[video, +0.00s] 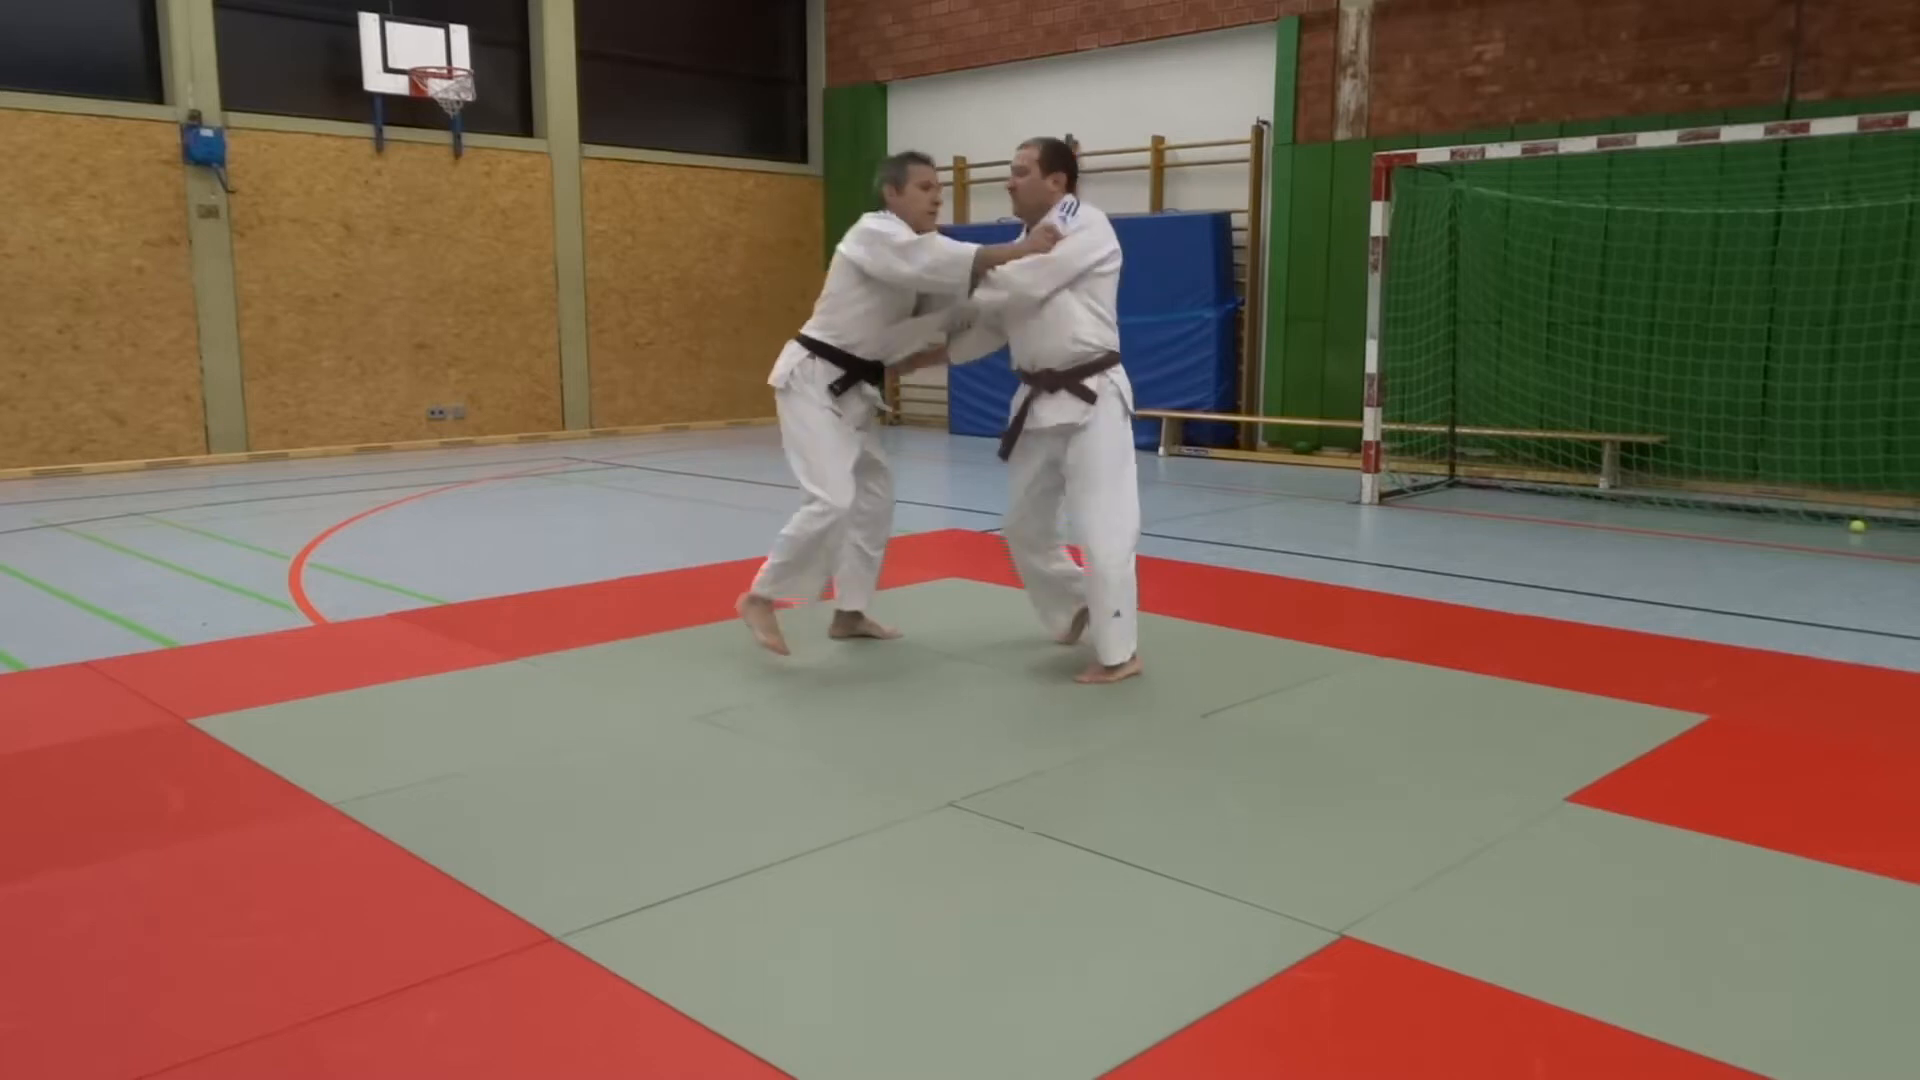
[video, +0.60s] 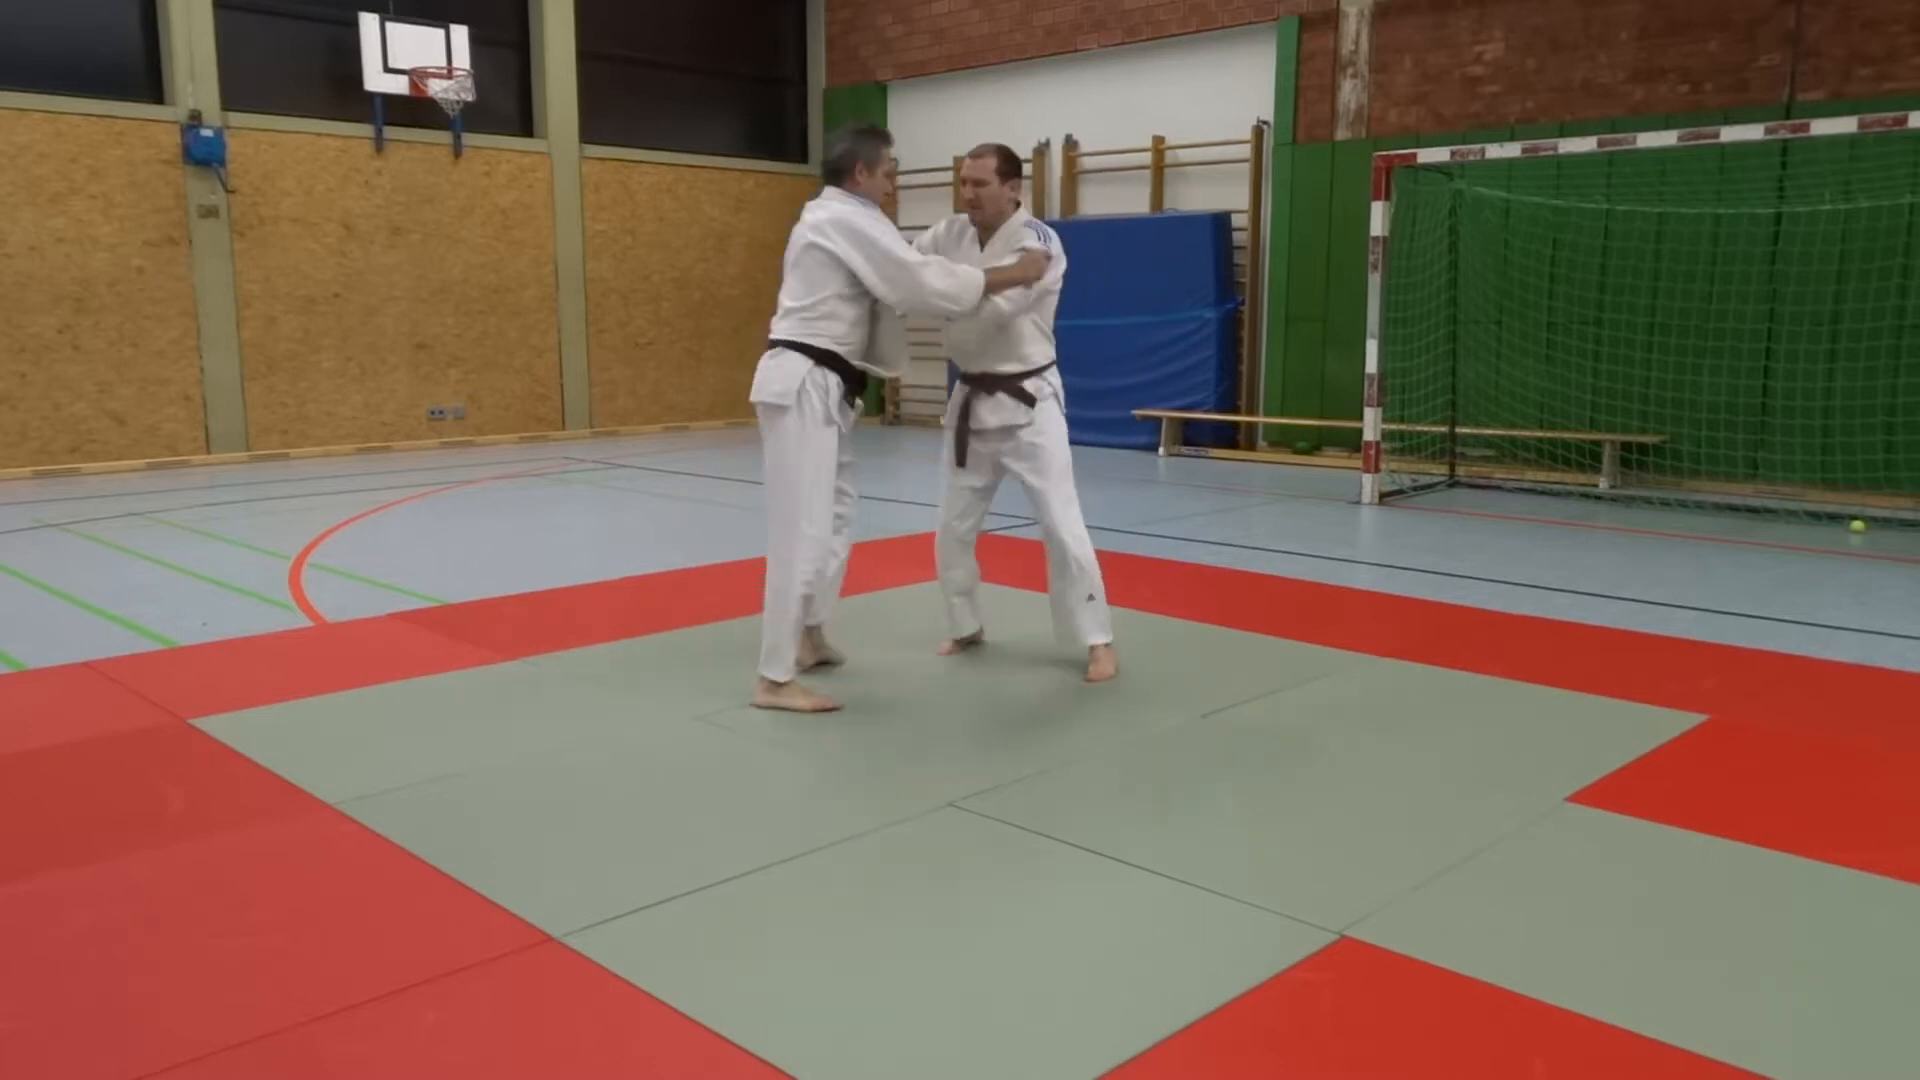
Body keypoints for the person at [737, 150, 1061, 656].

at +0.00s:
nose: (937, 199)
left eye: (938, 190)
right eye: (926, 189)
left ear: (933, 196)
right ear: (892, 193)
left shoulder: (922, 247)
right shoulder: (873, 232)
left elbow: (970, 290)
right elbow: (933, 260)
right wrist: (1023, 249)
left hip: (855, 389)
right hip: (810, 376)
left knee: (874, 497)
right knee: (833, 499)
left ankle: (849, 613)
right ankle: (760, 599)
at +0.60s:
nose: (893, 184)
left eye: (893, 173)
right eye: (888, 173)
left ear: (850, 171)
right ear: (859, 172)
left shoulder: (842, 215)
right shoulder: (843, 218)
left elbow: (906, 262)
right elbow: (913, 282)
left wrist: (975, 274)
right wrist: (1008, 276)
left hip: (824, 383)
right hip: (802, 380)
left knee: (834, 514)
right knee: (802, 527)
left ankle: (806, 633)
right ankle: (774, 680)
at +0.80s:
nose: (832, 169)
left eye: (829, 160)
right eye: (825, 159)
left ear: (790, 166)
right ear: (800, 164)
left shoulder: (790, 211)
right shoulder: (789, 207)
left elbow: (863, 261)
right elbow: (869, 246)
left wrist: (927, 244)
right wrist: (969, 242)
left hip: (783, 381)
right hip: (771, 381)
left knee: (794, 527)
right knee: (791, 530)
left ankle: (789, 656)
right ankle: (777, 676)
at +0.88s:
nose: (815, 163)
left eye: (812, 153)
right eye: (808, 153)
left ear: (770, 161)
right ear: (782, 158)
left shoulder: (771, 211)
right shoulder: (771, 204)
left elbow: (800, 314)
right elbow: (857, 243)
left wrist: (867, 312)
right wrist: (956, 234)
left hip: (771, 383)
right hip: (758, 383)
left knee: (792, 525)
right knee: (789, 529)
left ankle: (784, 652)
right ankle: (743, 670)